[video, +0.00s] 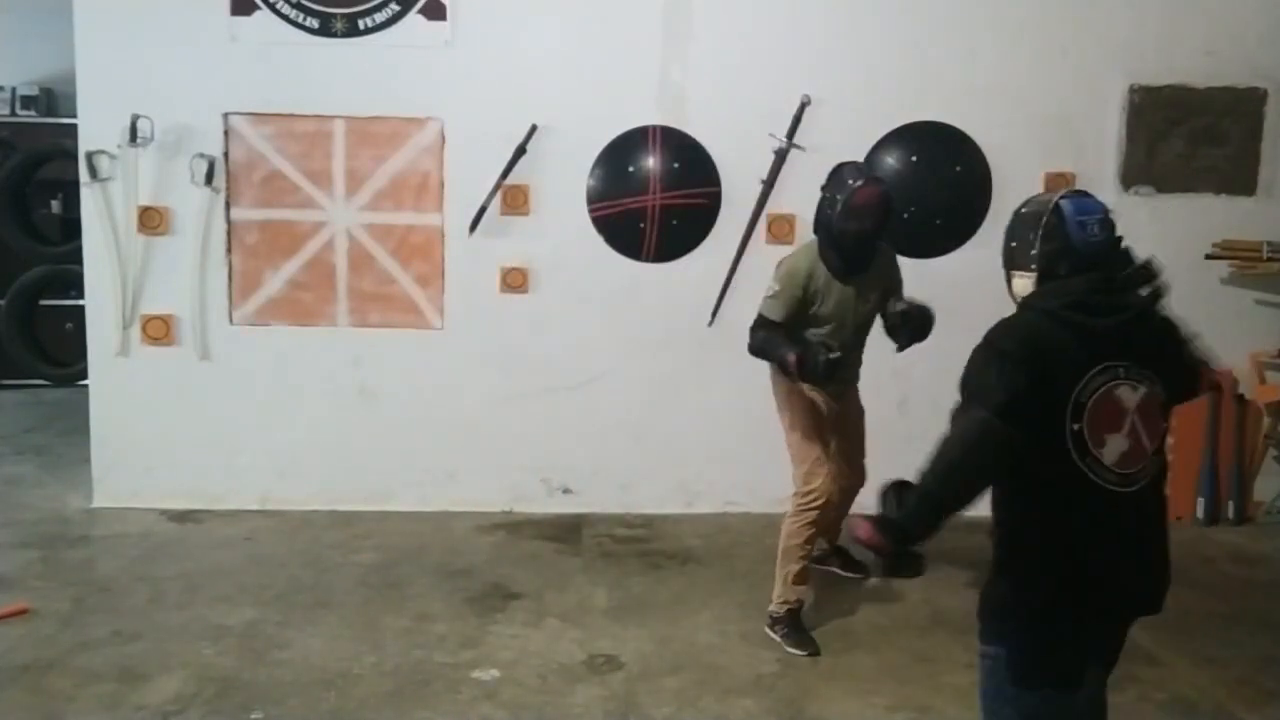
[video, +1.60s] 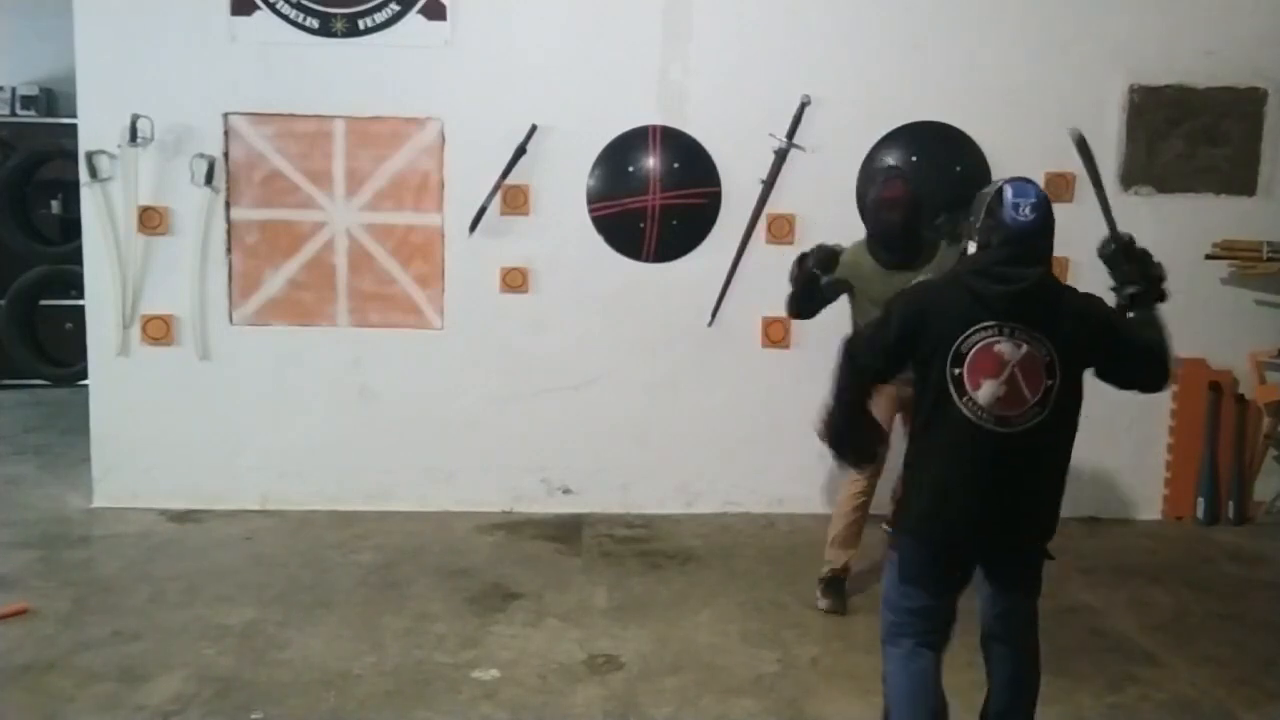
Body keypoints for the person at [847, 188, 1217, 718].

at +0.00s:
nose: (1010, 268)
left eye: (1016, 255)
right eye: (1013, 254)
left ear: (1036, 259)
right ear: (1100, 253)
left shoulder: (1020, 341)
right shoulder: (1146, 327)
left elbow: (973, 449)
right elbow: (1187, 379)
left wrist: (902, 524)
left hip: (1039, 578)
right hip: (1127, 573)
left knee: (1016, 700)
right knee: (1082, 698)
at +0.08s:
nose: (1015, 266)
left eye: (1022, 255)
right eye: (1019, 254)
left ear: (1041, 261)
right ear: (1100, 258)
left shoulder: (1024, 345)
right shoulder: (1142, 339)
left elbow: (988, 455)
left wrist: (921, 523)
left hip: (1034, 576)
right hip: (1113, 569)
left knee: (1016, 700)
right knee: (1071, 695)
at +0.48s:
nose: (1000, 259)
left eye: (1006, 246)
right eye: (1002, 245)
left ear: (1025, 250)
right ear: (1080, 247)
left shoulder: (1011, 326)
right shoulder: (1116, 318)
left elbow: (987, 443)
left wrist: (955, 514)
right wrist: (979, 373)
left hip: (1024, 539)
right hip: (1105, 537)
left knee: (970, 681)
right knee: (1057, 676)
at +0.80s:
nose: (972, 255)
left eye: (978, 244)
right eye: (975, 243)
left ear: (994, 248)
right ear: (1048, 242)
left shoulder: (979, 320)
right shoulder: (1083, 311)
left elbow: (938, 422)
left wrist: (892, 491)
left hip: (992, 530)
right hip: (1075, 525)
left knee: (951, 680)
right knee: (1051, 676)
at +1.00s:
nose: (948, 240)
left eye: (954, 231)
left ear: (963, 241)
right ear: (1029, 238)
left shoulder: (943, 316)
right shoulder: (1076, 317)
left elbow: (900, 406)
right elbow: (1130, 393)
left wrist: (821, 469)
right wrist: (1161, 368)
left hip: (957, 533)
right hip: (1047, 531)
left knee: (937, 673)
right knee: (1034, 665)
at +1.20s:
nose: (942, 247)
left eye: (948, 237)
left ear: (958, 243)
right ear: (1030, 243)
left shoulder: (914, 320)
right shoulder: (1072, 324)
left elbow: (848, 400)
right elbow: (1148, 408)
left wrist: (787, 398)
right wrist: (1178, 361)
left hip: (933, 545)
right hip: (1025, 541)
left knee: (930, 690)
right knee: (1016, 669)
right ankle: (1014, 714)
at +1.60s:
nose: (970, 235)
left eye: (977, 227)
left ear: (980, 234)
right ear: (1047, 239)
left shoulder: (933, 301)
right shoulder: (1078, 313)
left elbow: (860, 357)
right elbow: (1150, 372)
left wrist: (856, 439)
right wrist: (1139, 299)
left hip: (937, 509)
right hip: (1024, 514)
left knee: (911, 639)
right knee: (1012, 640)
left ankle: (914, 714)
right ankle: (1009, 712)